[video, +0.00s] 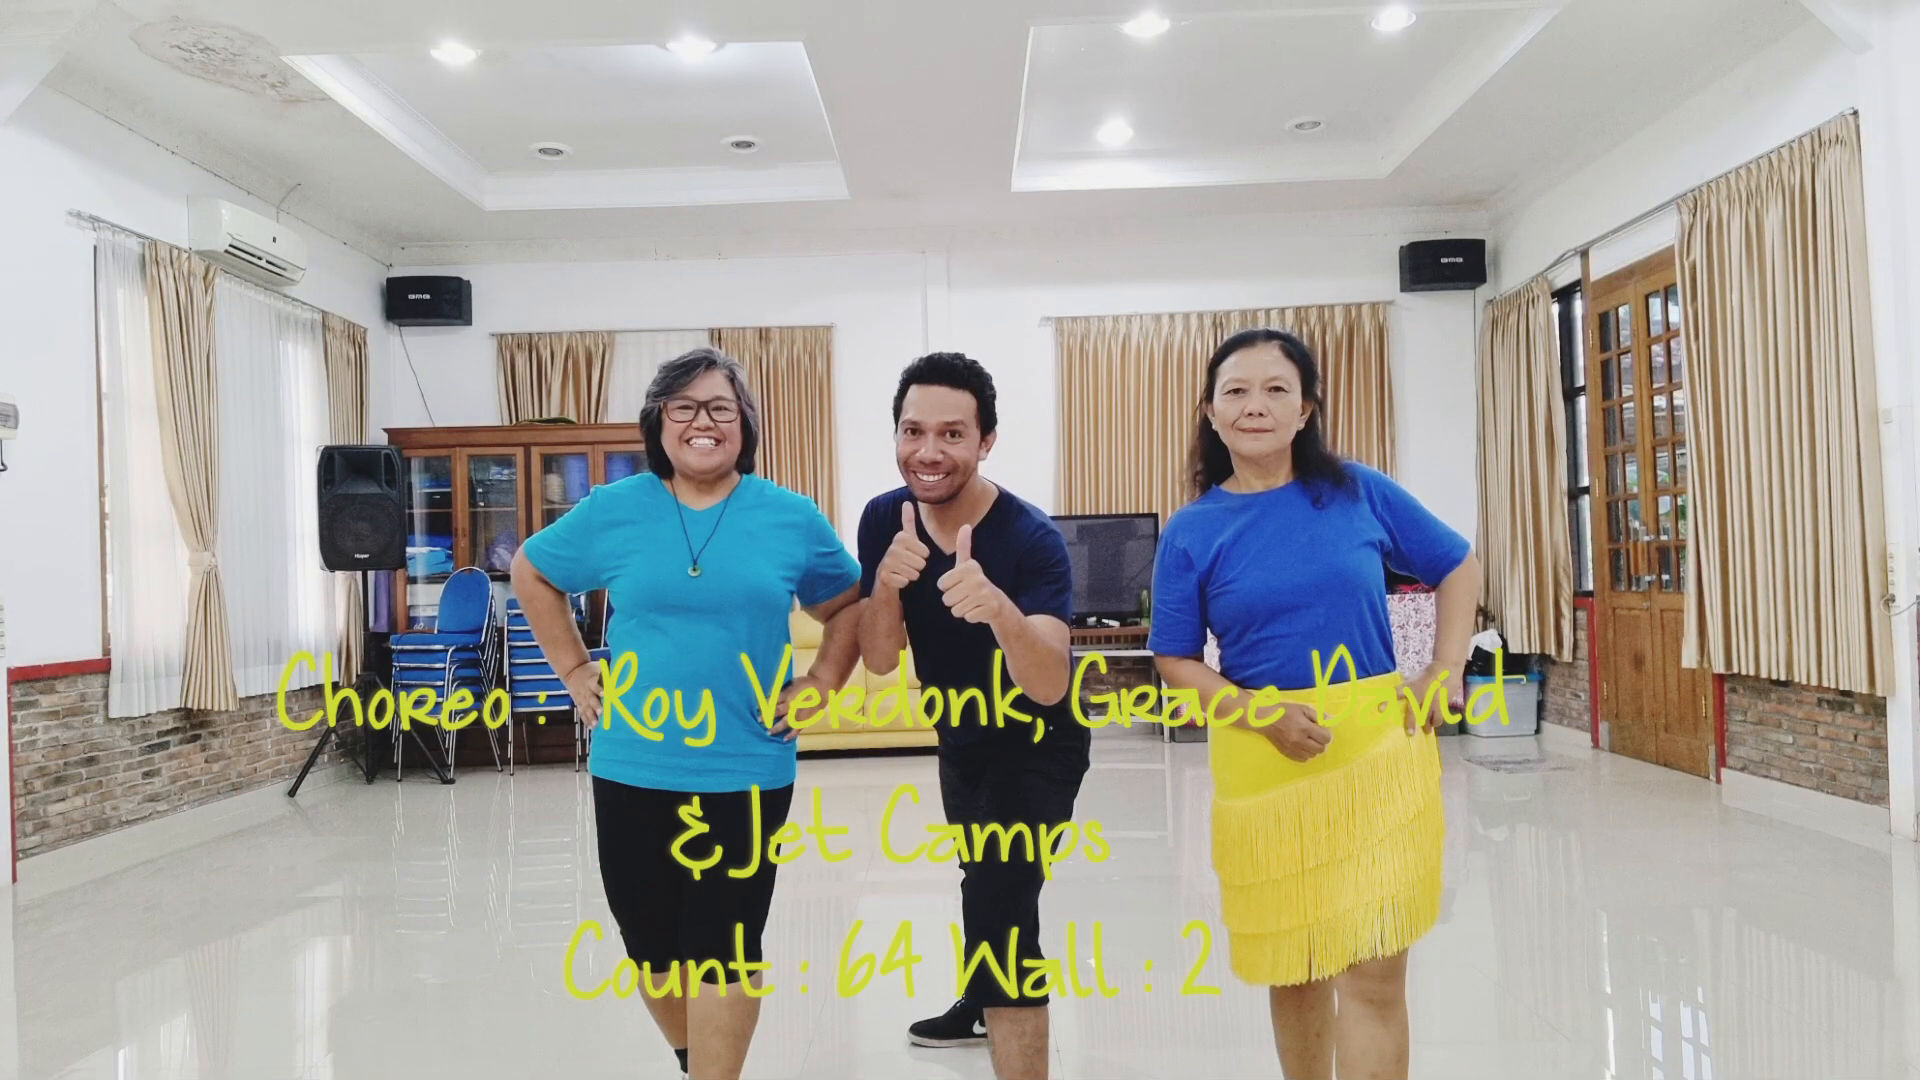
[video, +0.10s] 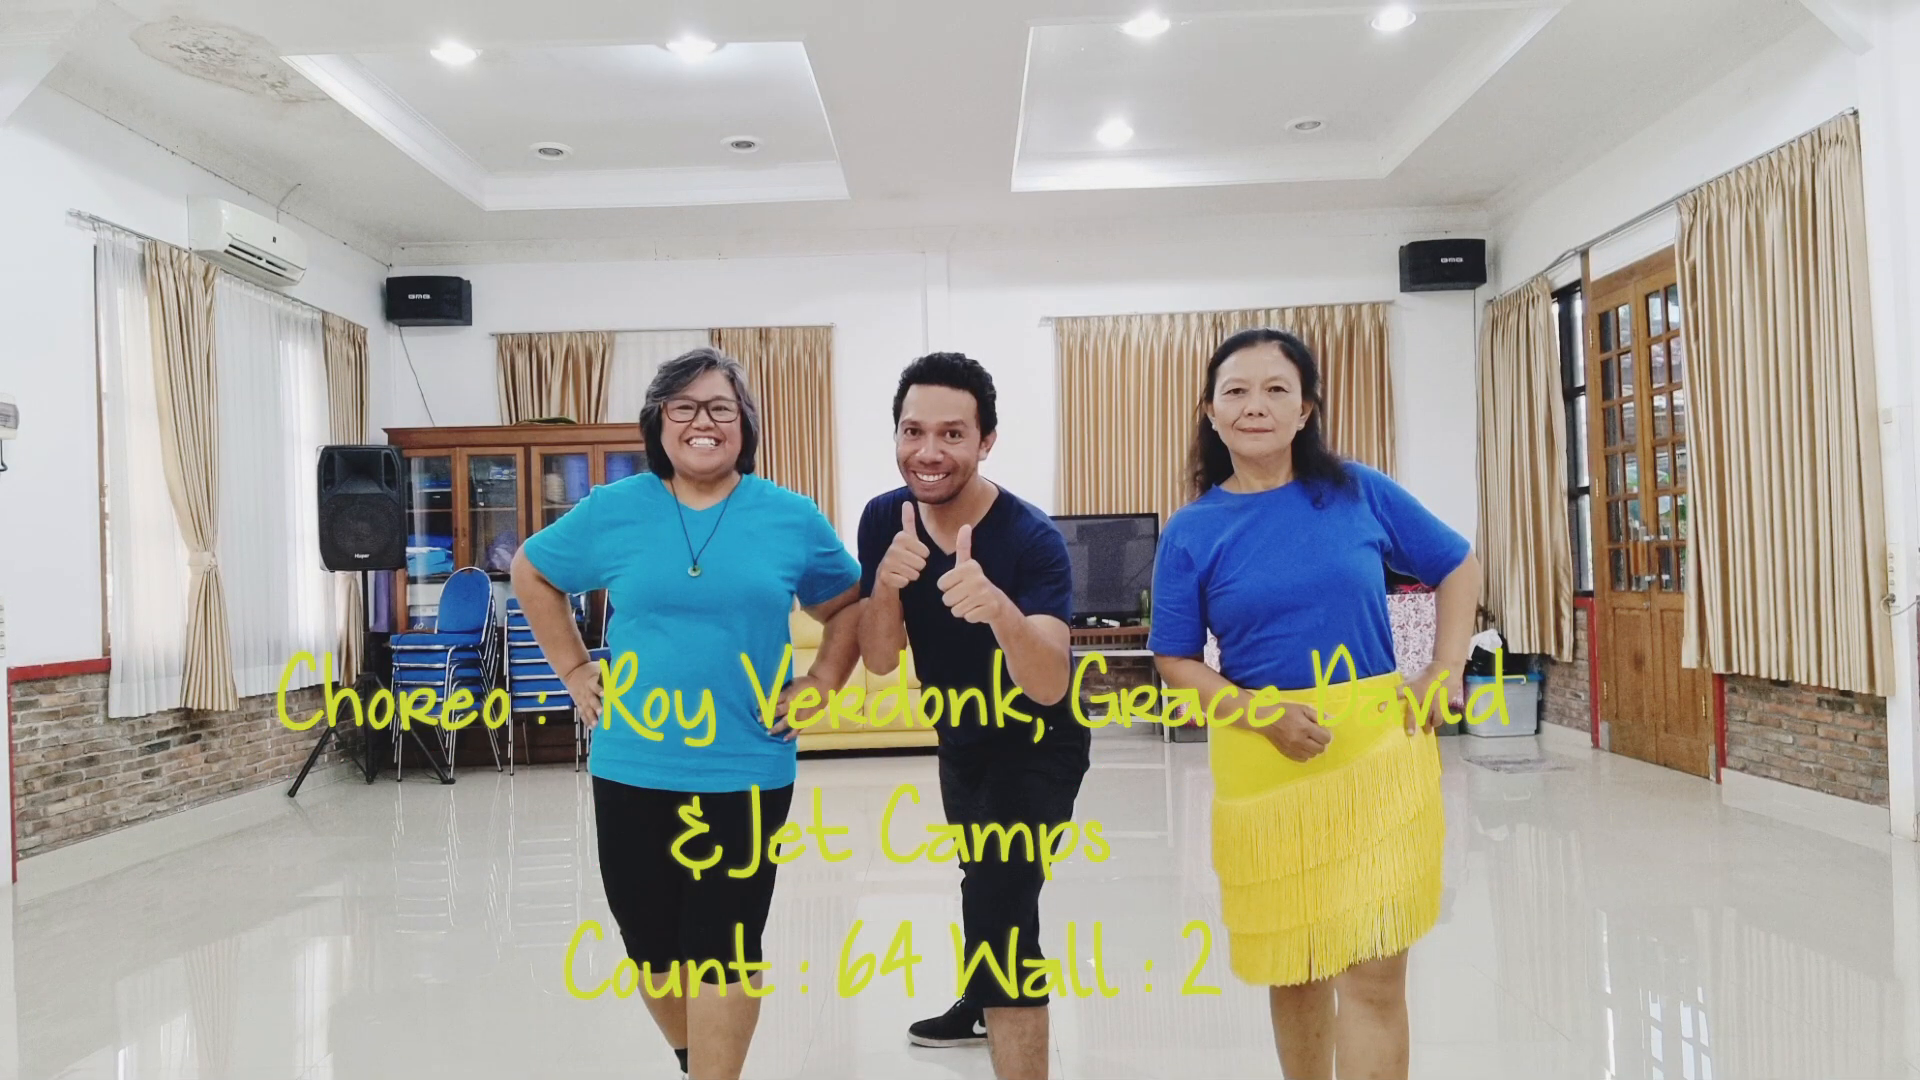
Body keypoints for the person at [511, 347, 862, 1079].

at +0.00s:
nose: (703, 421)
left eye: (720, 409)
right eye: (686, 408)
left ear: (746, 427)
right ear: (659, 425)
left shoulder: (790, 518)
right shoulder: (614, 510)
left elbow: (848, 607)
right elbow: (530, 570)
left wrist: (822, 682)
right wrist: (573, 668)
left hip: (745, 774)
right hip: (632, 774)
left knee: (725, 960)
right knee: (656, 963)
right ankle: (704, 1066)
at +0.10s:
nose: (703, 421)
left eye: (720, 409)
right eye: (686, 408)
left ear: (746, 427)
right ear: (659, 424)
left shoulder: (790, 518)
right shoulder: (613, 510)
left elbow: (848, 606)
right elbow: (530, 570)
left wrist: (822, 681)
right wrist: (574, 667)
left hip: (745, 774)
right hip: (632, 774)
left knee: (724, 959)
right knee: (656, 963)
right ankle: (703, 1066)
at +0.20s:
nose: (703, 421)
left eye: (720, 409)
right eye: (686, 408)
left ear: (746, 427)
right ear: (659, 424)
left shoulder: (790, 518)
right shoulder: (613, 510)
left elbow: (848, 606)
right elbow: (530, 570)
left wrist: (822, 681)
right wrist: (574, 667)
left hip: (745, 774)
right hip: (632, 774)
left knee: (724, 959)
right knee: (656, 963)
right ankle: (703, 1066)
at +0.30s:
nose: (703, 421)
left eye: (720, 409)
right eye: (686, 408)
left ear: (746, 427)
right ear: (659, 424)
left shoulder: (790, 518)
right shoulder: (613, 510)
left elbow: (848, 606)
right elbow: (530, 570)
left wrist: (822, 681)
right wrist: (574, 667)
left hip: (745, 774)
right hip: (632, 774)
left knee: (724, 959)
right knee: (656, 963)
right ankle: (703, 1066)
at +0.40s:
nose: (703, 421)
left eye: (720, 409)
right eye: (686, 408)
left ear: (746, 427)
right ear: (659, 424)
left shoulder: (790, 518)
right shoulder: (613, 510)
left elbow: (848, 606)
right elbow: (530, 570)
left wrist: (822, 681)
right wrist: (574, 667)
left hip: (745, 774)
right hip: (632, 774)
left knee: (724, 959)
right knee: (656, 963)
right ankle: (703, 1066)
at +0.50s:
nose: (703, 421)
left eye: (720, 409)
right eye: (686, 408)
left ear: (746, 427)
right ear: (659, 424)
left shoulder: (790, 518)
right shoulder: (613, 510)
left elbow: (848, 606)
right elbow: (530, 570)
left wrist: (822, 681)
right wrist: (574, 667)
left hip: (745, 774)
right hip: (632, 774)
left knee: (724, 959)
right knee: (656, 962)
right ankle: (703, 1066)